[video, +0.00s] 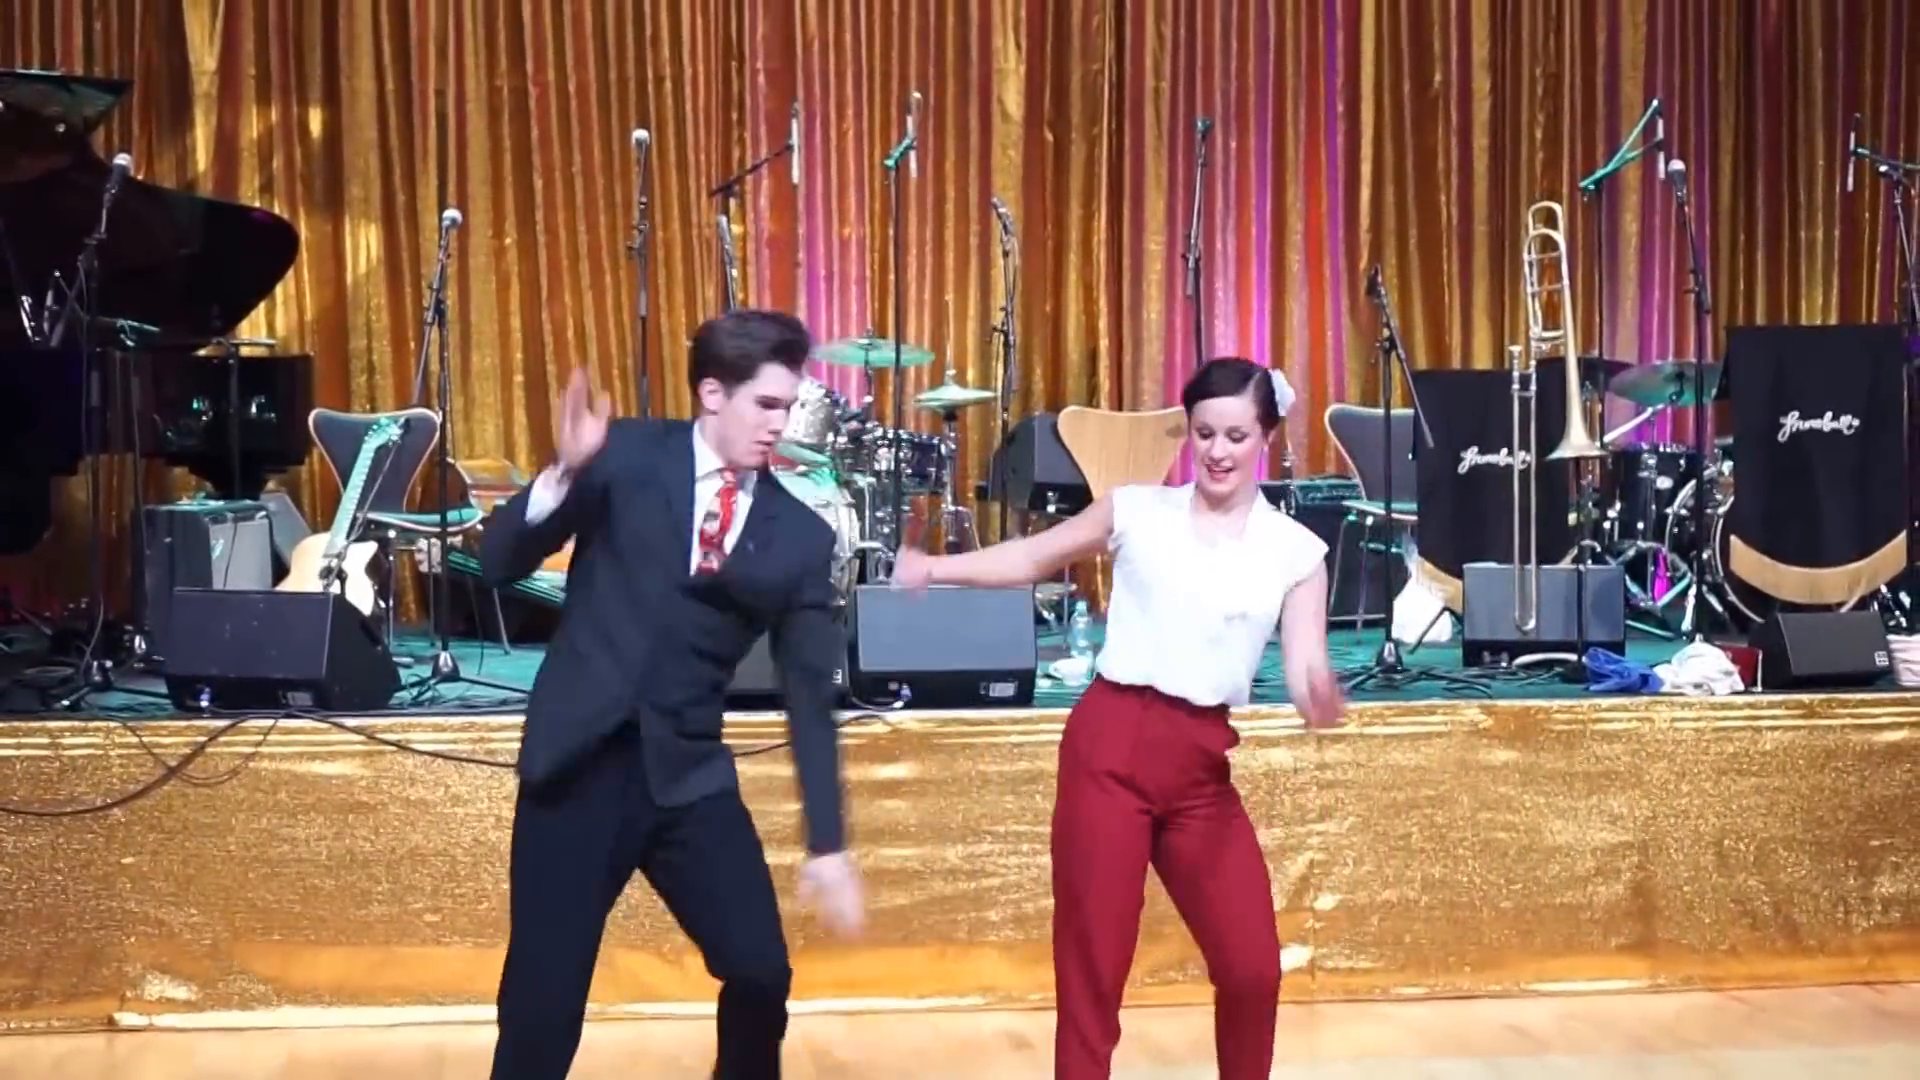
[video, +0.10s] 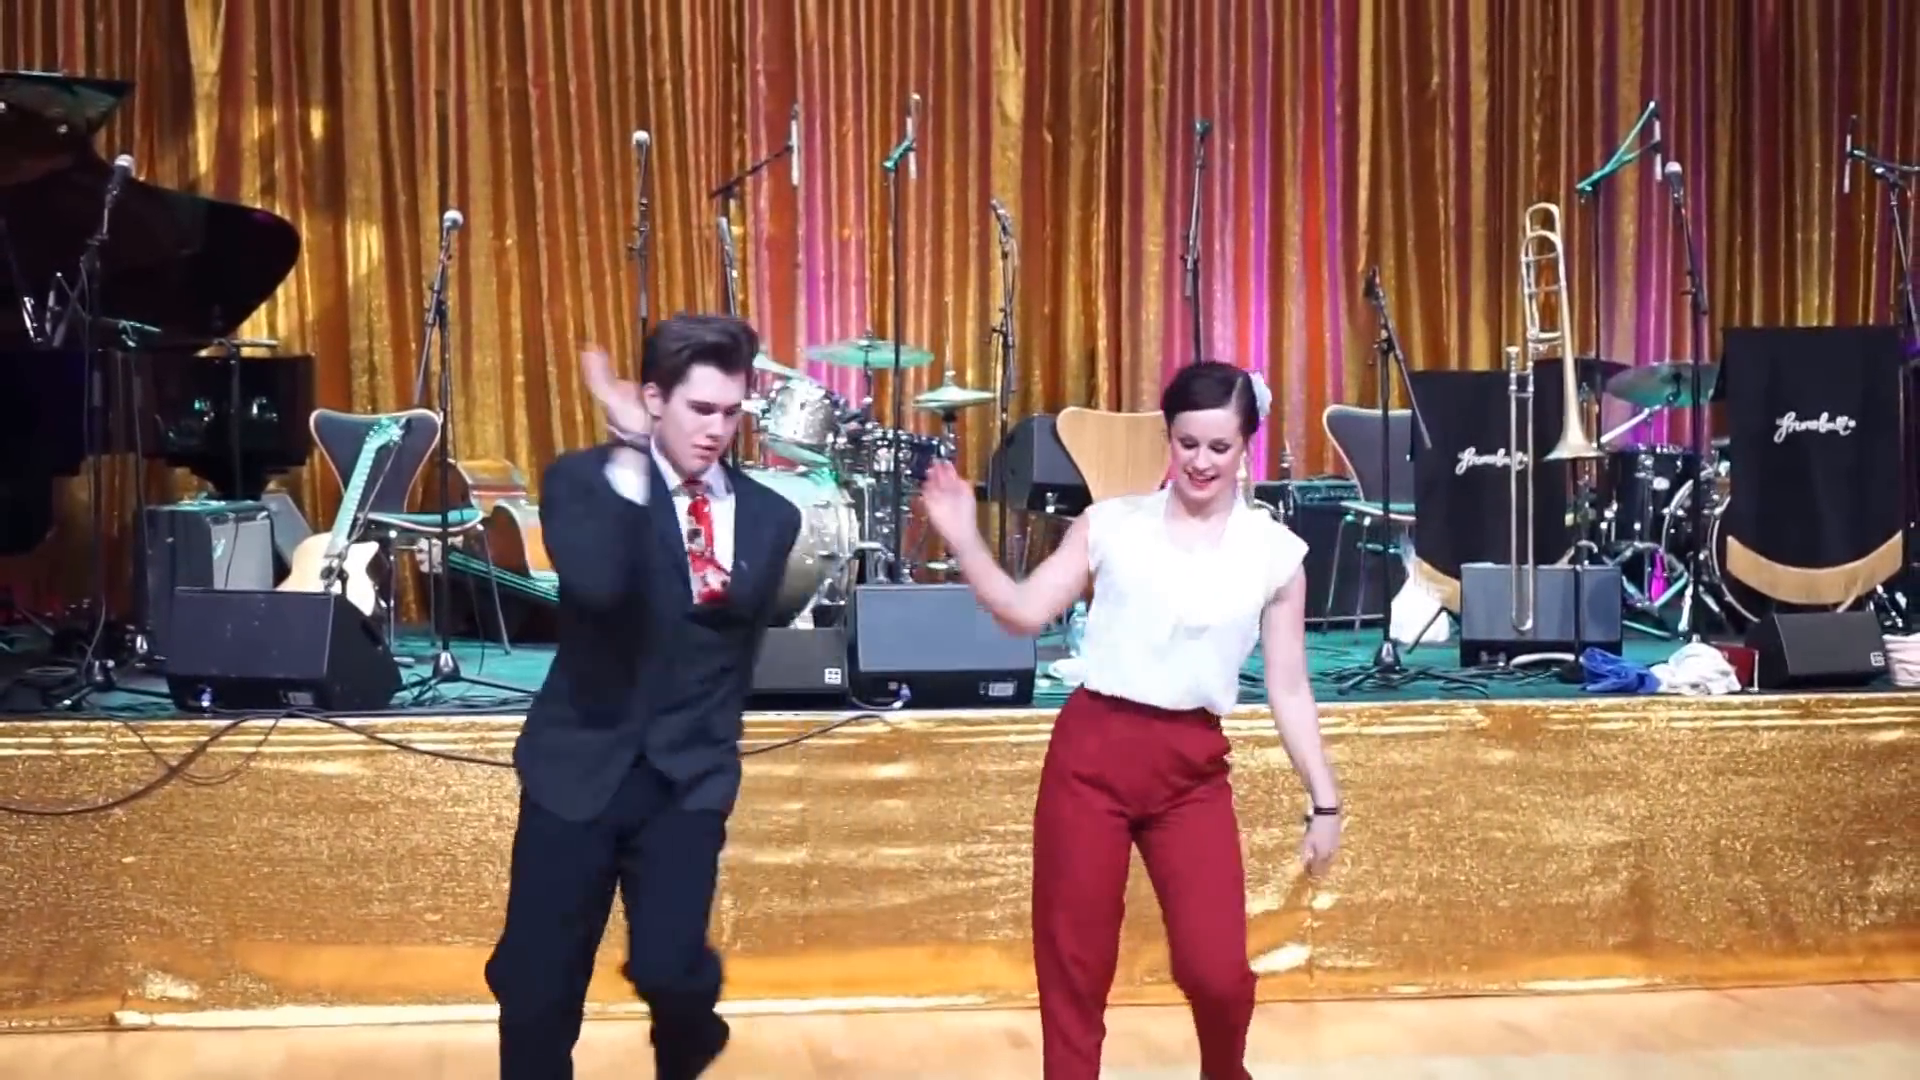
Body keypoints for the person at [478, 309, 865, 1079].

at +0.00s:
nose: (783, 425)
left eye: (791, 407)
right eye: (768, 404)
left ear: (796, 406)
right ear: (710, 395)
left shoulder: (799, 537)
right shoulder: (617, 452)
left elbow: (809, 700)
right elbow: (499, 562)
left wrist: (827, 847)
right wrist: (559, 473)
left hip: (692, 777)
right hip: (577, 768)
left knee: (760, 975)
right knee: (540, 1021)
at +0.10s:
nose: (719, 429)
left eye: (732, 412)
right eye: (703, 409)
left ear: (746, 411)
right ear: (654, 401)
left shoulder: (769, 519)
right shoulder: (582, 480)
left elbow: (737, 653)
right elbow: (593, 585)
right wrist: (630, 456)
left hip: (689, 778)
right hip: (576, 768)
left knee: (669, 970)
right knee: (535, 989)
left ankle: (686, 1061)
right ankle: (537, 1078)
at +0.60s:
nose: (814, 448)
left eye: (821, 427)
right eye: (793, 432)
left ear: (832, 418)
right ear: (735, 433)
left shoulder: (873, 516)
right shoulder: (667, 528)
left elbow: (878, 662)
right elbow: (673, 701)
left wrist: (837, 774)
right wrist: (654, 662)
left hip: (809, 795)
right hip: (706, 793)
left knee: (708, 1040)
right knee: (767, 1044)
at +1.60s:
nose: (1185, 404)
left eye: (1187, 388)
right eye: (1164, 386)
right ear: (1100, 397)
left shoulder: (1199, 544)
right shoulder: (1002, 473)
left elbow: (1235, 695)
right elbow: (895, 582)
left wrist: (1284, 657)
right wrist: (928, 687)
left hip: (1127, 805)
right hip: (1003, 795)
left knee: (1185, 1035)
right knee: (977, 1033)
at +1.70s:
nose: (1138, 401)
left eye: (1141, 384)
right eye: (1120, 379)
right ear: (1056, 389)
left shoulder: (1138, 528)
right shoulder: (955, 457)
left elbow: (1204, 644)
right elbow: (819, 537)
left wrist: (1314, 669)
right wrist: (832, 641)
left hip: (1083, 799)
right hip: (957, 791)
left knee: (1128, 1039)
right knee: (893, 1028)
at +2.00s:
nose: (908, 488)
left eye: (907, 467)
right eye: (884, 475)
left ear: (913, 473)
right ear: (821, 503)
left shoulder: (968, 563)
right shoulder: (751, 591)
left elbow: (1062, 687)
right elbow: (614, 698)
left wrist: (1166, 798)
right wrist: (622, 666)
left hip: (947, 834)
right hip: (812, 839)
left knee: (958, 1048)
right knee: (781, 1058)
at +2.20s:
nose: (856, 460)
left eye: (850, 440)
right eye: (831, 452)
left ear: (856, 436)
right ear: (778, 486)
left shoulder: (926, 531)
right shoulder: (718, 601)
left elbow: (1009, 657)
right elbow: (721, 735)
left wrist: (1086, 784)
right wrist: (709, 809)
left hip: (914, 825)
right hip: (781, 834)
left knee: (883, 1059)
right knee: (742, 1061)